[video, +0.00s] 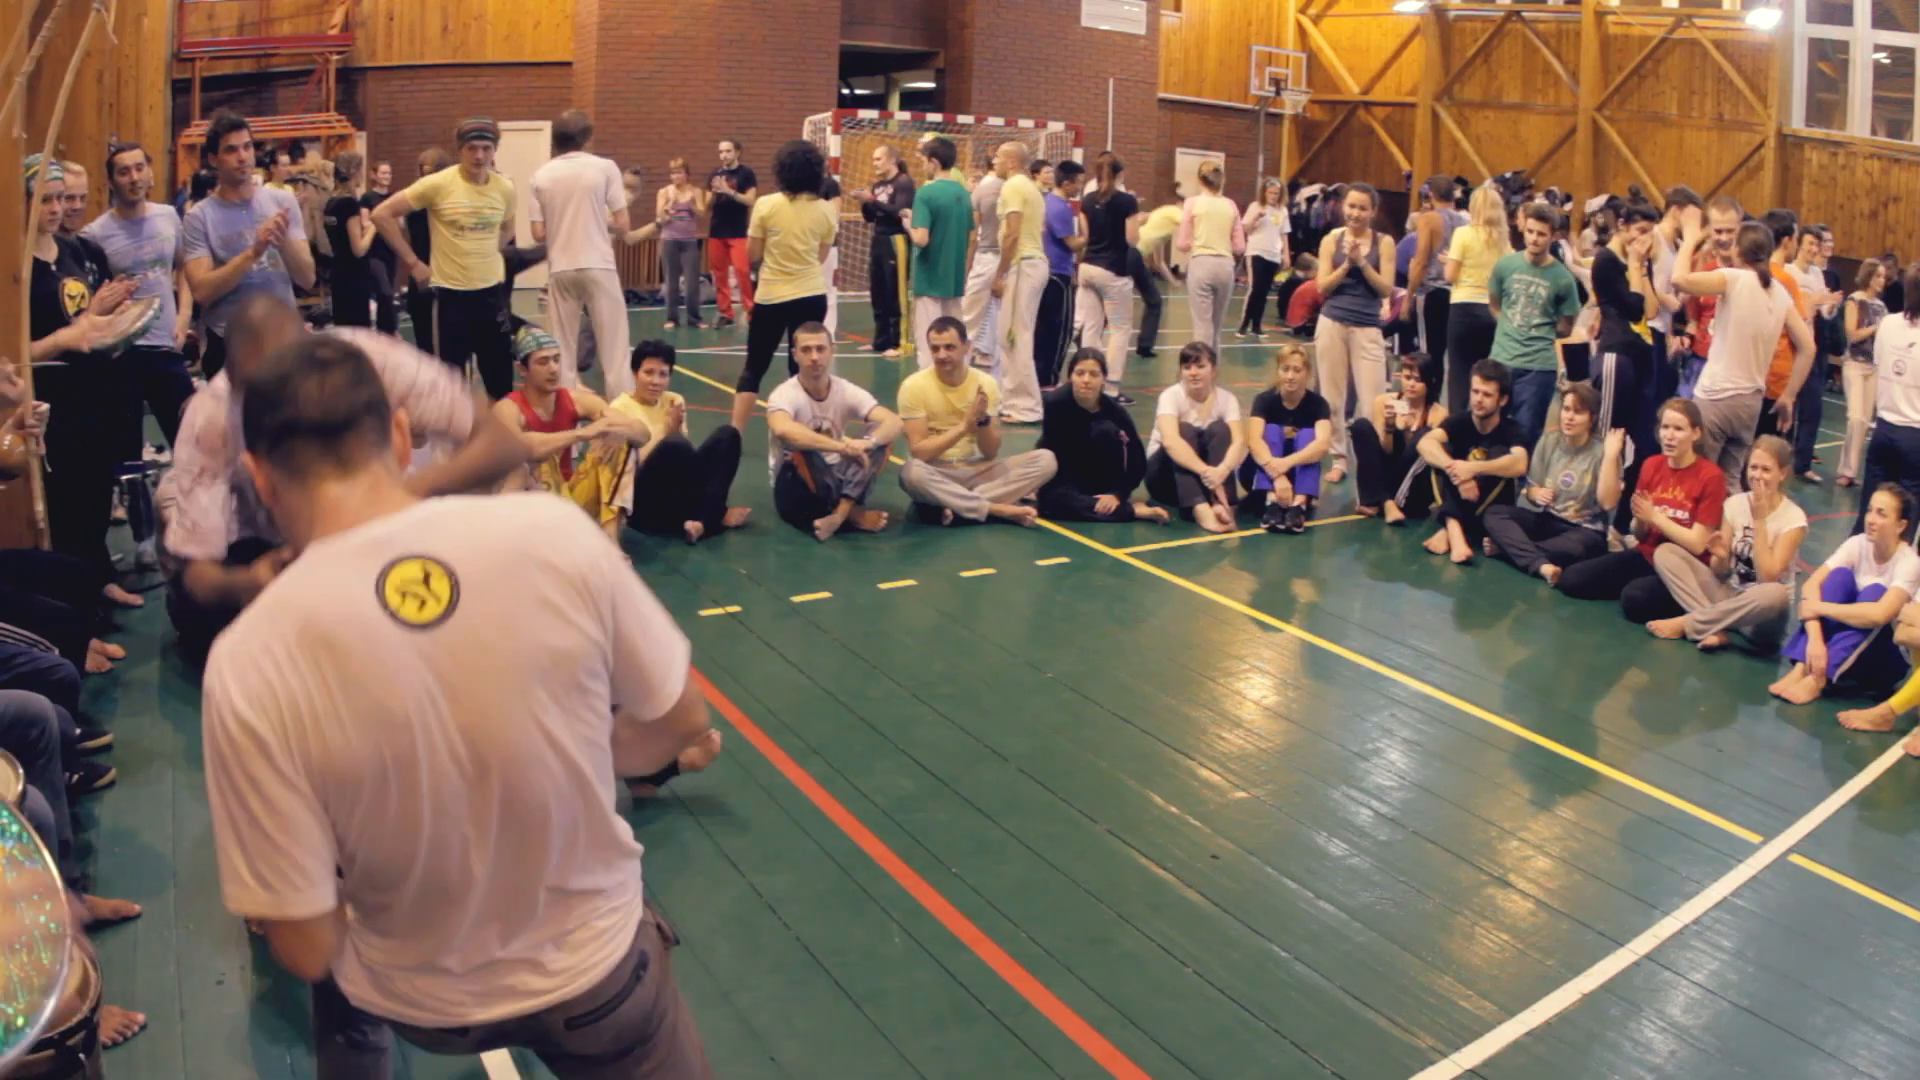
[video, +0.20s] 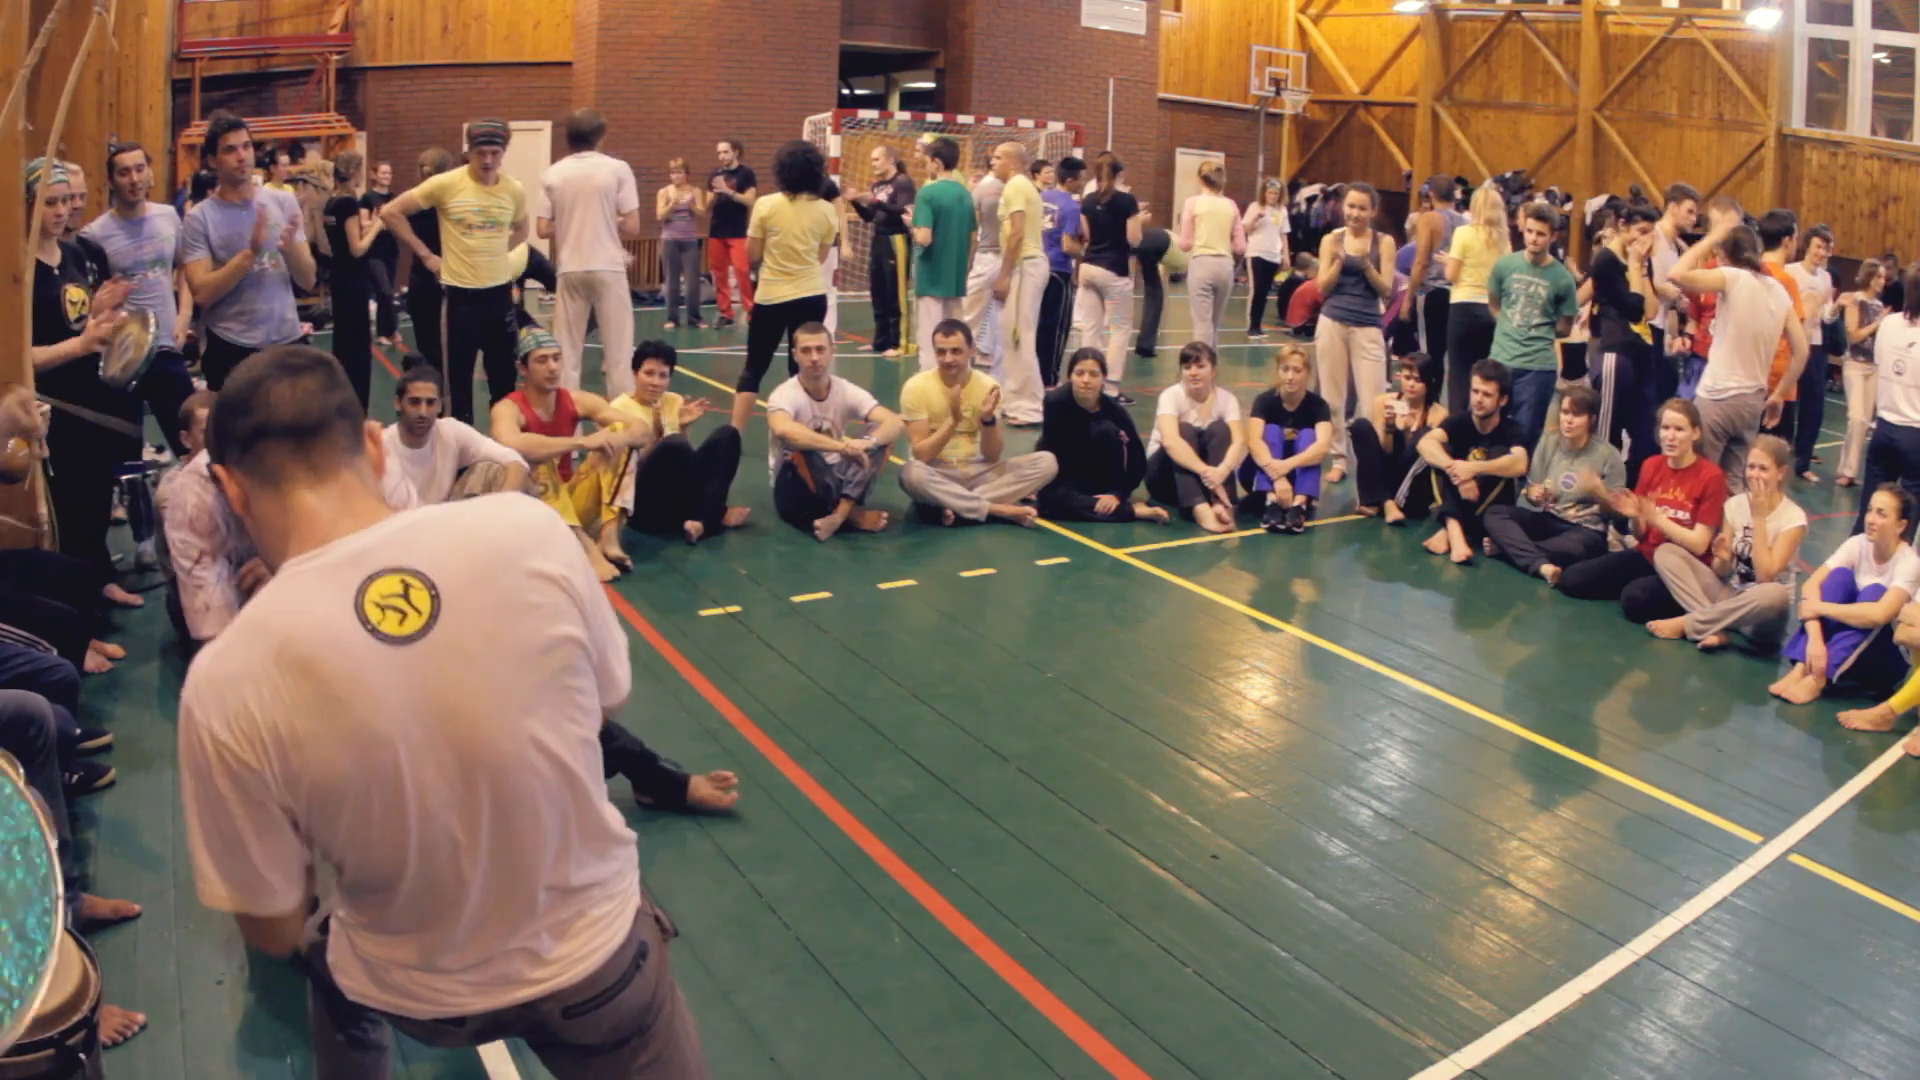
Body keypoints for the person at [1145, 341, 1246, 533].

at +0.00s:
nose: (1193, 373)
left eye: (1200, 367)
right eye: (1187, 367)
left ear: (1213, 371)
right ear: (1180, 372)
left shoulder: (1227, 399)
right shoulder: (1170, 396)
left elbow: (1240, 443)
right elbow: (1170, 441)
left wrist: (1222, 471)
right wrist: (1211, 480)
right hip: (1167, 482)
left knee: (1219, 428)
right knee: (1185, 430)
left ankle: (1223, 505)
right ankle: (1200, 507)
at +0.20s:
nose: (1193, 373)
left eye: (1200, 367)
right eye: (1187, 367)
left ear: (1213, 371)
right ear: (1181, 371)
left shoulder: (1227, 399)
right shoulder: (1170, 396)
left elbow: (1240, 442)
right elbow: (1170, 441)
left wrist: (1222, 471)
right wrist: (1212, 480)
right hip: (1167, 482)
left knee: (1219, 428)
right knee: (1185, 430)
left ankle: (1223, 504)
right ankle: (1200, 507)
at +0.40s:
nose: (1193, 373)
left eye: (1200, 367)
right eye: (1187, 367)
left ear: (1213, 371)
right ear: (1181, 372)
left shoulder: (1227, 399)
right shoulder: (1170, 396)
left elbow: (1240, 442)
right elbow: (1170, 441)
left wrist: (1222, 472)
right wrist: (1211, 479)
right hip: (1167, 482)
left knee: (1219, 428)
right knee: (1185, 430)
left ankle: (1222, 504)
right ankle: (1200, 507)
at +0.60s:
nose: (1193, 373)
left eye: (1200, 366)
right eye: (1187, 367)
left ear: (1213, 371)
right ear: (1181, 372)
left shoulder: (1227, 399)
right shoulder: (1170, 396)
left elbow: (1240, 443)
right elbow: (1170, 441)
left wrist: (1222, 471)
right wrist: (1211, 480)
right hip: (1167, 482)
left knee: (1219, 428)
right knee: (1185, 430)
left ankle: (1222, 504)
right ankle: (1200, 507)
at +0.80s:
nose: (1193, 373)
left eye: (1200, 366)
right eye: (1187, 367)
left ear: (1213, 370)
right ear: (1180, 371)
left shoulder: (1227, 399)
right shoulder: (1170, 396)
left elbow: (1240, 442)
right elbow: (1170, 441)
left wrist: (1222, 471)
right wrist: (1211, 479)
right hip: (1167, 482)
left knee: (1219, 428)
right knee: (1185, 430)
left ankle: (1222, 504)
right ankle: (1200, 507)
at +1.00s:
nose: (1193, 373)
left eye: (1200, 366)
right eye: (1187, 367)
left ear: (1213, 371)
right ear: (1180, 372)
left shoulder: (1227, 399)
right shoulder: (1170, 396)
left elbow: (1239, 442)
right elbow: (1170, 441)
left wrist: (1222, 471)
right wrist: (1211, 480)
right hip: (1167, 482)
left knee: (1219, 428)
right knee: (1185, 430)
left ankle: (1223, 505)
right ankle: (1200, 507)